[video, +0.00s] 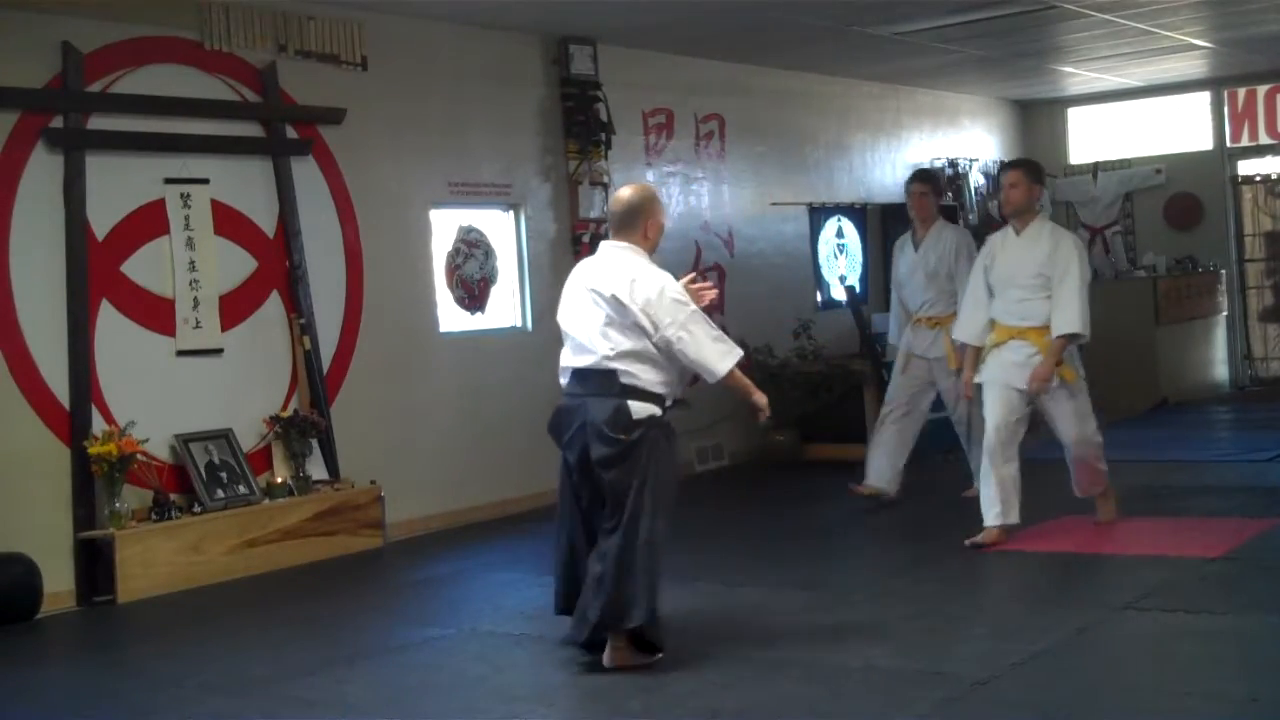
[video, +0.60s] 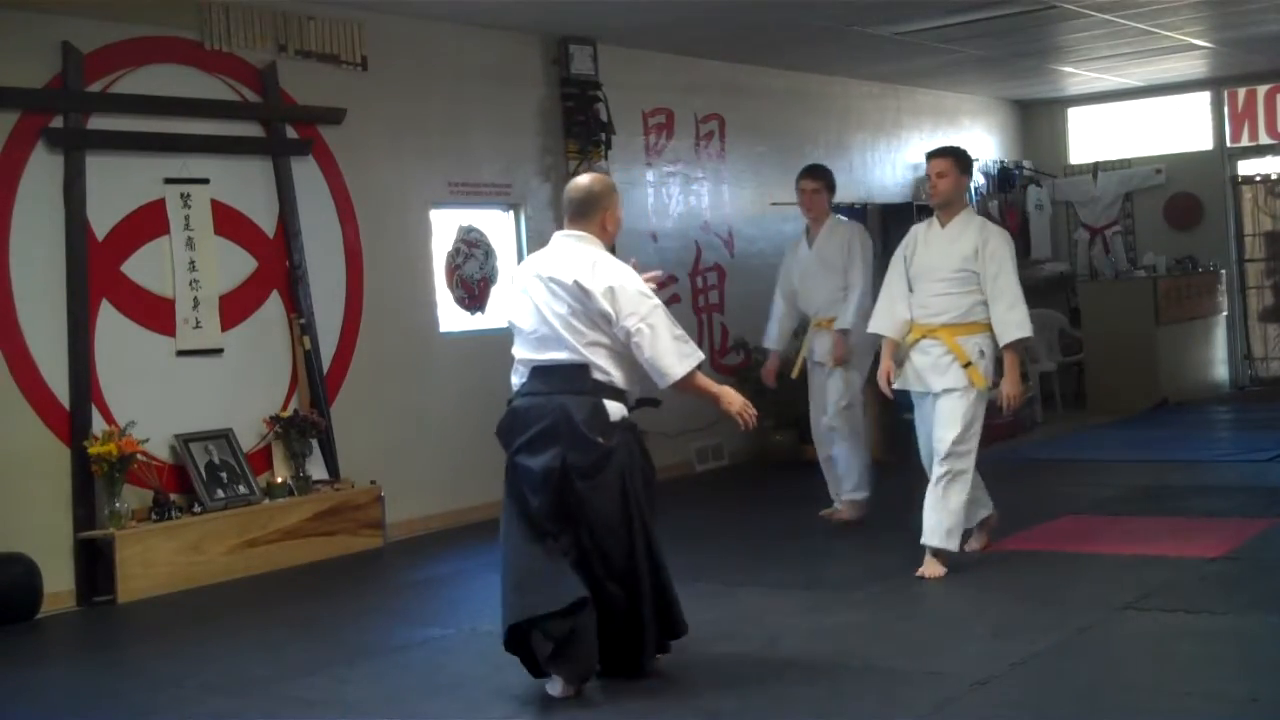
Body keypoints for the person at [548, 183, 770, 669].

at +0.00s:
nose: (664, 228)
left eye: (663, 220)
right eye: (662, 221)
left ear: (610, 223)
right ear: (651, 224)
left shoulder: (582, 271)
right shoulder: (648, 280)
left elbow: (617, 320)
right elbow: (699, 343)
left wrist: (673, 300)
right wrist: (751, 390)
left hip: (578, 410)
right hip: (629, 415)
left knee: (597, 520)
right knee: (636, 527)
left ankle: (596, 624)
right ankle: (621, 644)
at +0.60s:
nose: (619, 222)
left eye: (618, 213)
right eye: (619, 214)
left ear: (564, 215)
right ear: (609, 217)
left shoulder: (525, 269)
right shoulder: (612, 275)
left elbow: (558, 313)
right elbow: (667, 359)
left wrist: (626, 290)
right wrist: (720, 392)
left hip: (528, 415)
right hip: (592, 414)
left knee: (543, 543)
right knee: (611, 533)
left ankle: (561, 669)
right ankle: (627, 651)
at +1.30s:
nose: (646, 216)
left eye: (644, 207)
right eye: (645, 209)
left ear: (590, 210)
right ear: (635, 212)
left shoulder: (551, 261)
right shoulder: (648, 269)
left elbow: (539, 322)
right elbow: (714, 338)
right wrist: (736, 349)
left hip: (550, 406)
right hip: (616, 409)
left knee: (554, 537)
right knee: (641, 533)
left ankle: (558, 666)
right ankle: (654, 653)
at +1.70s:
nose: (667, 222)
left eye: (666, 215)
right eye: (667, 214)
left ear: (608, 211)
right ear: (657, 212)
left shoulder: (564, 263)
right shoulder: (669, 267)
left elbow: (550, 331)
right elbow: (736, 332)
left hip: (567, 394)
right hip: (634, 394)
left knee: (569, 533)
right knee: (650, 529)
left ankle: (563, 669)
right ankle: (659, 657)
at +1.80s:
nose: (660, 220)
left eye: (660, 213)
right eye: (661, 213)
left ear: (604, 211)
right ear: (652, 211)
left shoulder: (559, 266)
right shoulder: (667, 266)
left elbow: (542, 334)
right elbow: (734, 332)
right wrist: (749, 340)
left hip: (566, 397)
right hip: (634, 396)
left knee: (570, 534)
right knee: (651, 530)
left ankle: (564, 668)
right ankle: (661, 658)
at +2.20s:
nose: (639, 211)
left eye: (638, 201)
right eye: (634, 204)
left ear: (577, 209)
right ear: (626, 210)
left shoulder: (541, 268)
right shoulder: (647, 267)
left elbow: (519, 358)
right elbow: (700, 345)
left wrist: (546, 392)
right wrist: (709, 367)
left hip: (554, 405)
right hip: (623, 402)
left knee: (563, 537)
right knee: (639, 531)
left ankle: (565, 672)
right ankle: (655, 659)